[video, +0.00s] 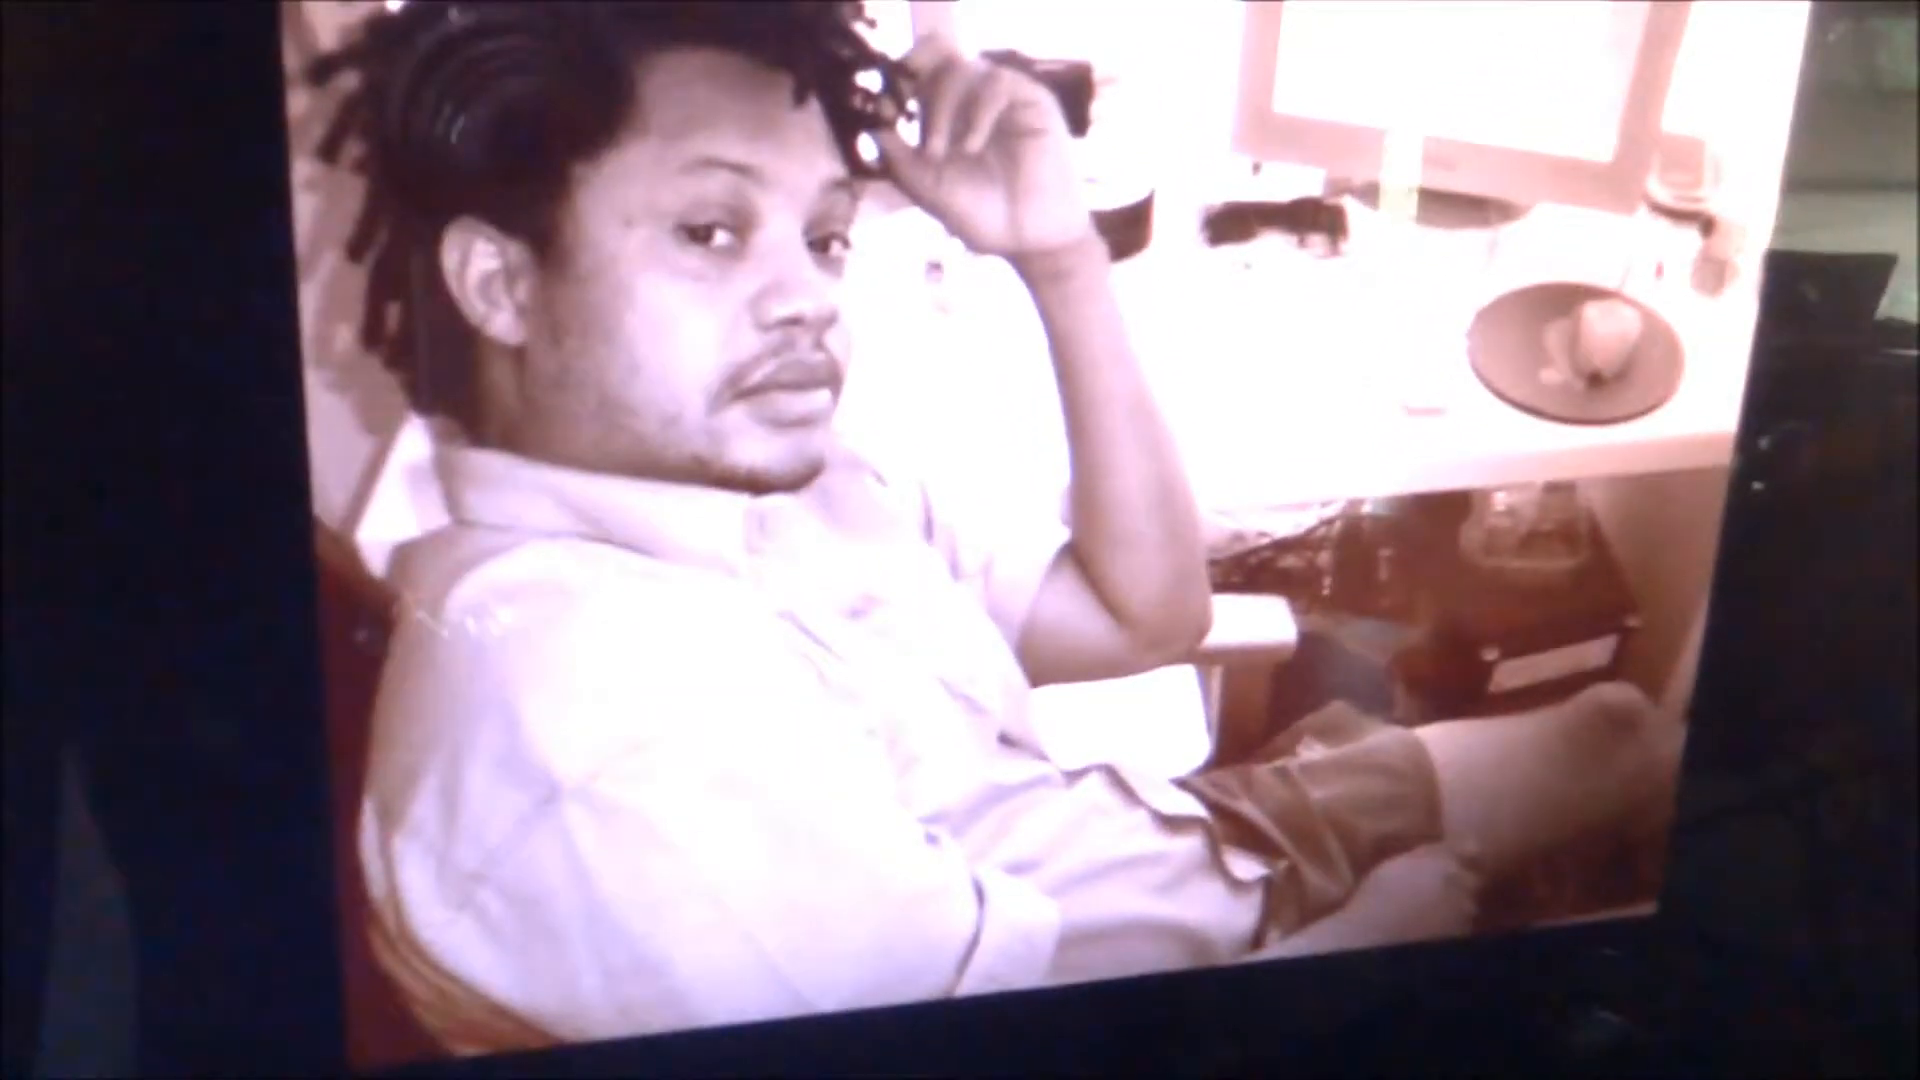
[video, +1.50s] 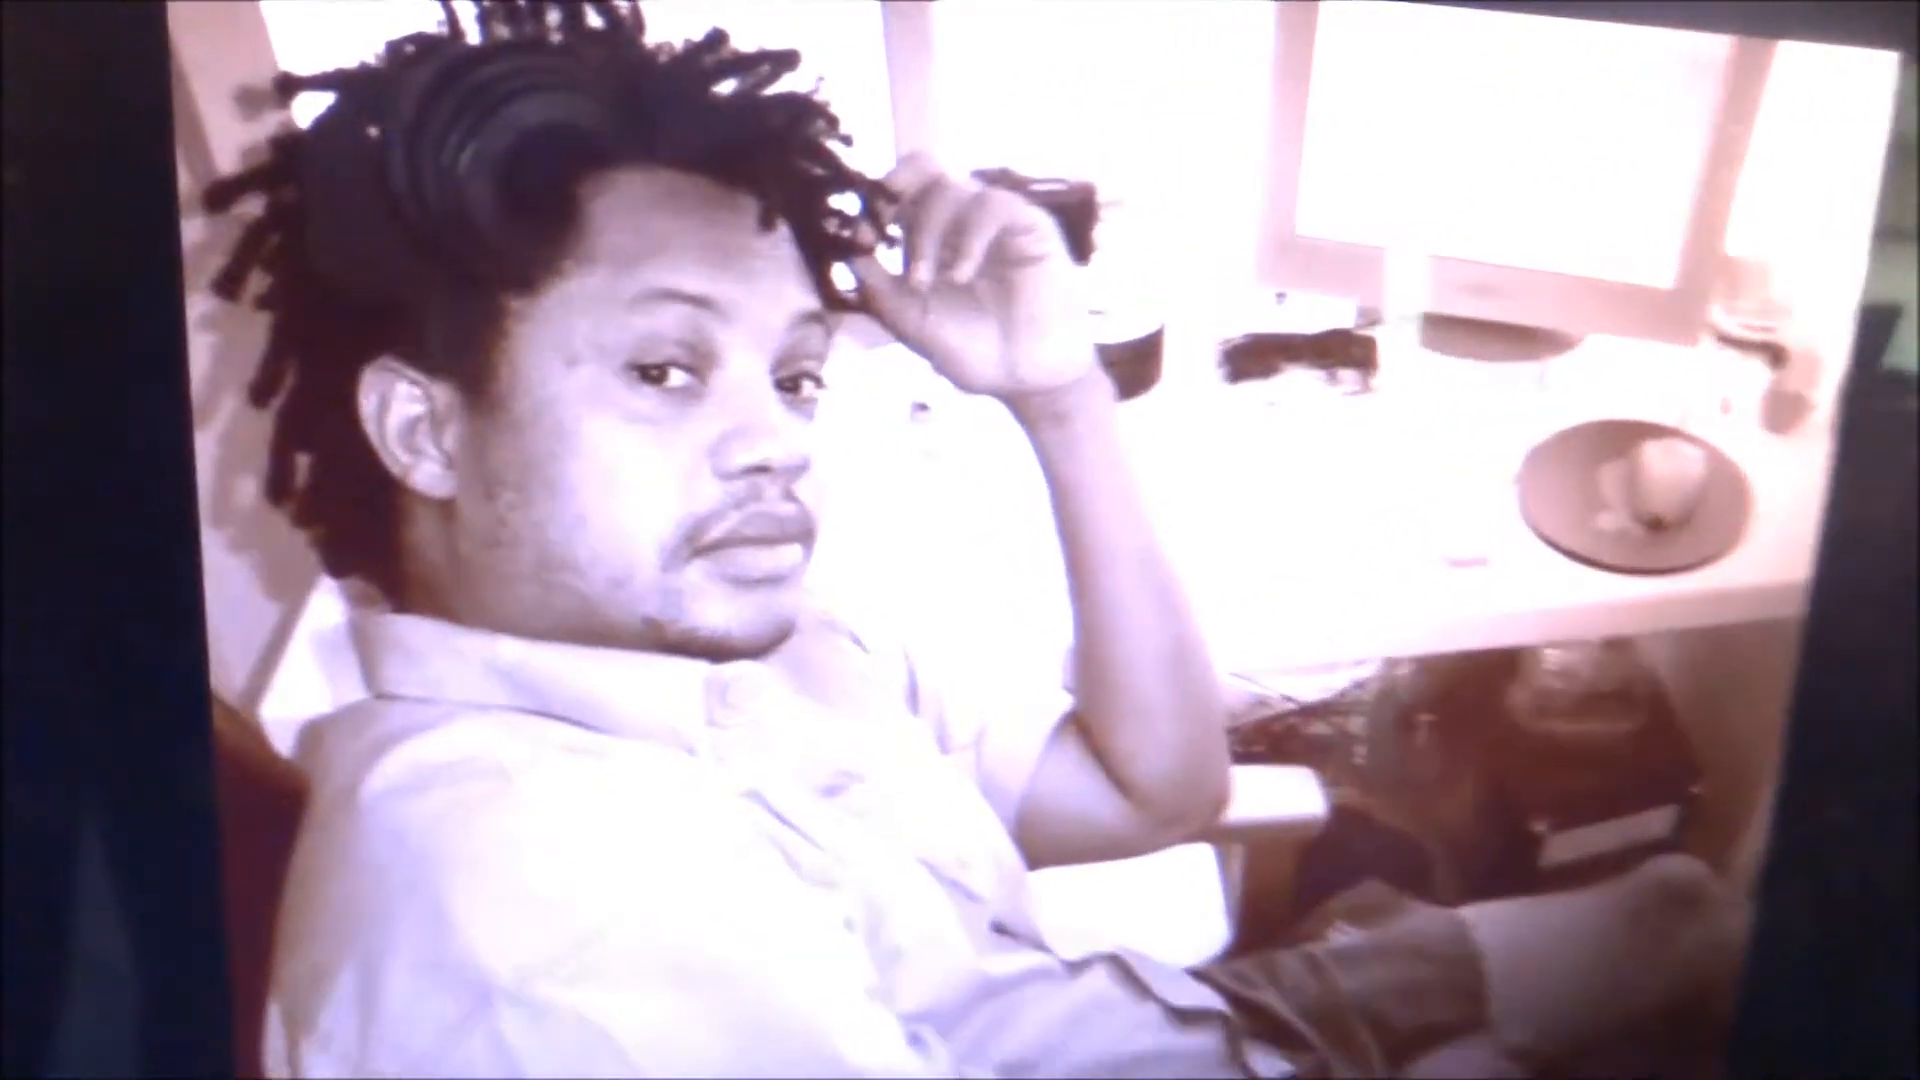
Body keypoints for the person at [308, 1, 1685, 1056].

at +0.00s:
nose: (810, 306)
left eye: (819, 243)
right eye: (711, 236)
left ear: (854, 250)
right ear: (494, 282)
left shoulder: (803, 486)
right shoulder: (551, 679)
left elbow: (1141, 615)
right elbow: (986, 996)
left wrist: (1058, 252)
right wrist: (1360, 880)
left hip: (1164, 838)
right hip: (1137, 965)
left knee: (1619, 723)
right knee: (1640, 752)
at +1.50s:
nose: (777, 456)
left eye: (788, 383)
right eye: (665, 375)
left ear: (826, 391)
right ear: (418, 428)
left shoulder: (771, 663)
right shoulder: (498, 875)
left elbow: (1159, 790)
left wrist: (1059, 394)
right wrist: (1459, 1036)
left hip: (1213, 1015)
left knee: (1683, 906)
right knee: (1710, 948)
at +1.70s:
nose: (902, 504)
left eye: (920, 426)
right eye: (783, 416)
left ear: (959, 437)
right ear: (503, 480)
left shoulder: (905, 776)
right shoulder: (581, 976)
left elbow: (1316, 876)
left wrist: (1216, 442)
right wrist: (1659, 1061)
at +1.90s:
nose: (1012, 587)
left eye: (1033, 503)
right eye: (863, 491)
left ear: (1072, 509)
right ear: (545, 576)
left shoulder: (1055, 873)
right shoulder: (601, 1026)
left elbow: (1463, 1024)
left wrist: (1371, 537)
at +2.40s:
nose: (1182, 601)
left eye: (1211, 495)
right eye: (1005, 480)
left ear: (1258, 503)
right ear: (598, 584)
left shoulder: (1250, 963)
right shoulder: (463, 1044)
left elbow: (1692, 1048)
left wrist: (1603, 523)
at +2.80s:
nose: (1095, 591)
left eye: (1125, 478)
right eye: (896, 461)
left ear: (1174, 487)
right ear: (446, 581)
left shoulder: (1182, 1000)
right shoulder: (227, 1042)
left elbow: (1649, 1052)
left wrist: (1549, 512)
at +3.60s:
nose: (939, 655)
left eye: (970, 563)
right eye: (797, 549)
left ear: (1009, 565)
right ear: (455, 631)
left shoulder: (1021, 963)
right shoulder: (392, 1034)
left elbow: (1399, 1054)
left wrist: (1311, 590)